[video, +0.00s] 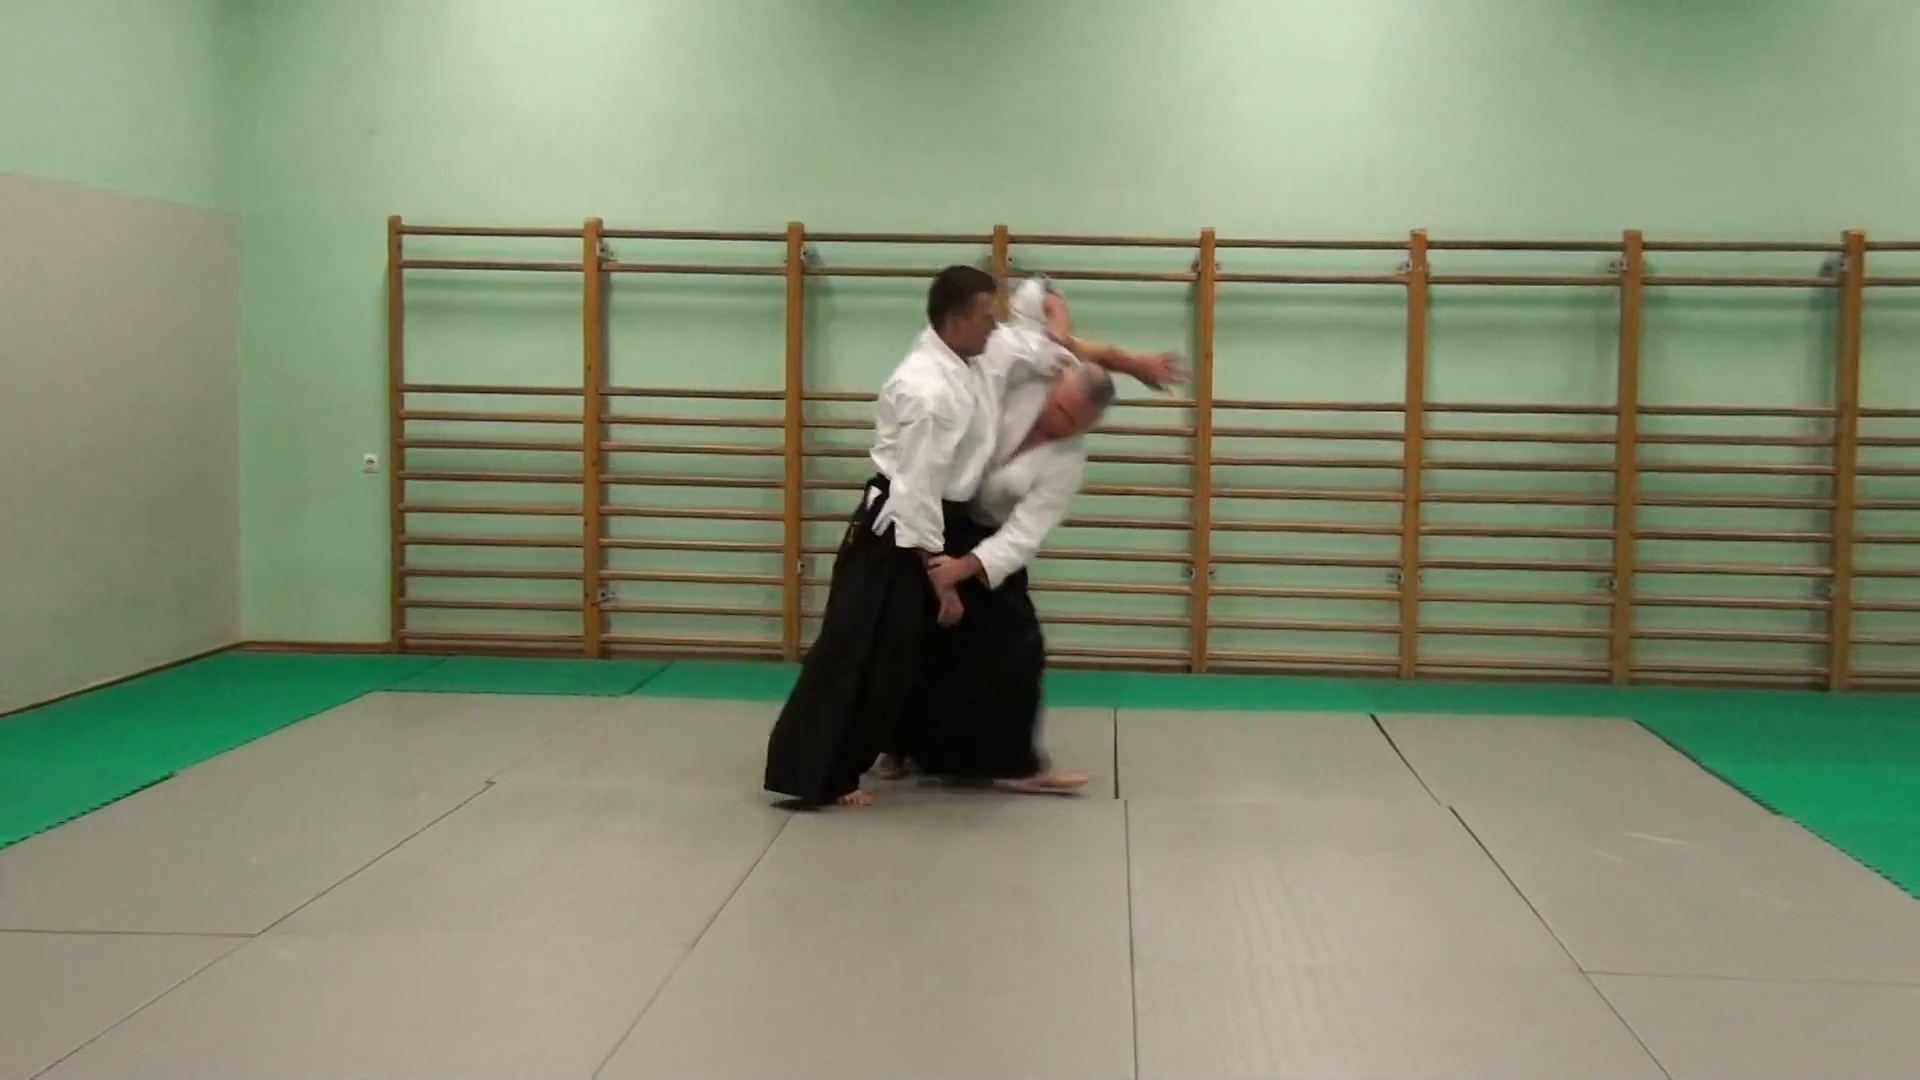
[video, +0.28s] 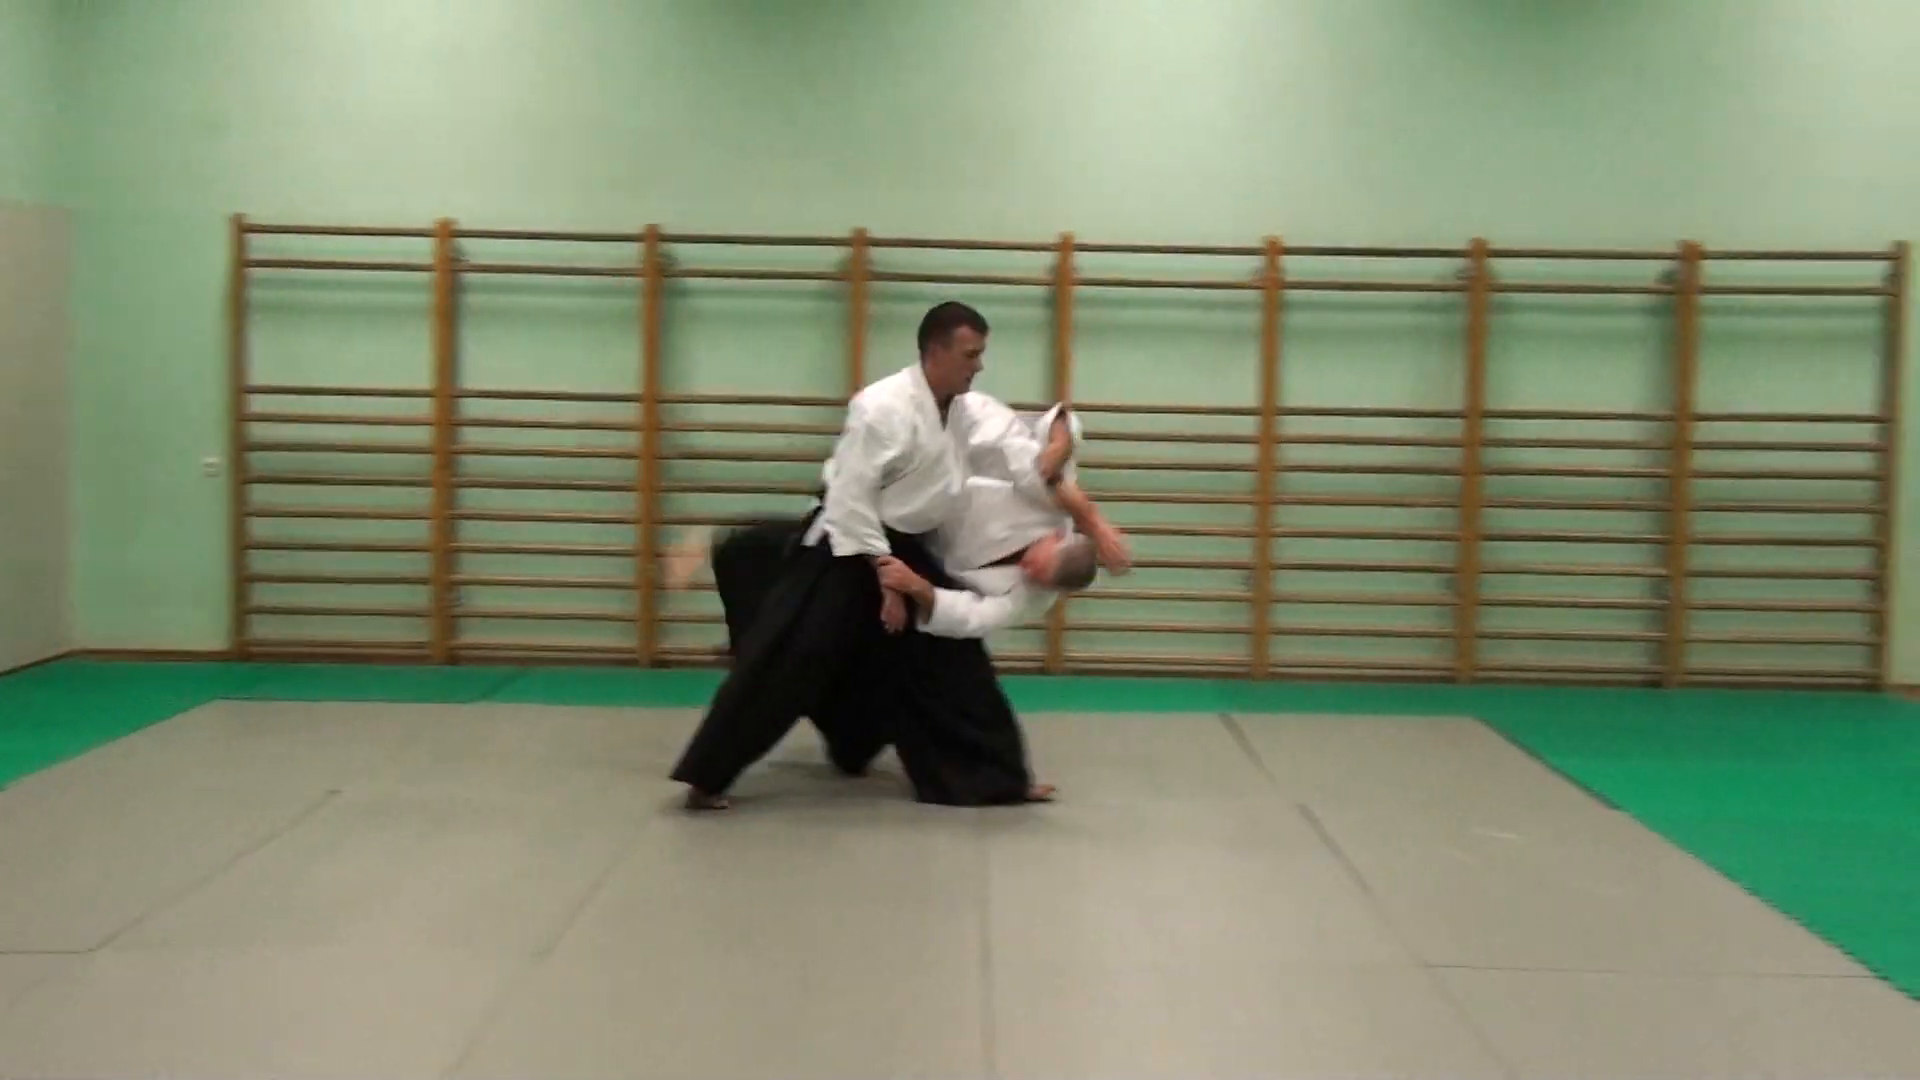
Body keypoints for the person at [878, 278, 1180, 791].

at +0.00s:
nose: (1058, 422)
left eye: (1071, 421)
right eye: (1058, 407)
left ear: (1087, 425)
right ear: (1051, 385)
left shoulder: (1065, 465)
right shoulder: (1019, 378)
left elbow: (1024, 535)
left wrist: (964, 567)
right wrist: (1059, 341)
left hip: (987, 539)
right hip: (935, 513)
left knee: (1019, 645)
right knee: (914, 636)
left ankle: (1013, 761)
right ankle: (900, 745)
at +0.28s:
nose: (977, 367)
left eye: (980, 356)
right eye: (970, 355)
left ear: (957, 358)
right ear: (934, 352)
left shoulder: (965, 409)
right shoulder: (883, 409)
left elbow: (1026, 454)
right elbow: (849, 501)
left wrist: (1092, 519)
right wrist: (885, 576)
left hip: (918, 550)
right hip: (853, 543)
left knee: (960, 661)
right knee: (793, 653)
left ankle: (996, 779)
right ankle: (706, 776)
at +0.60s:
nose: (868, 374)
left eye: (872, 364)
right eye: (861, 362)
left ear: (849, 364)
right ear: (826, 357)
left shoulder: (852, 416)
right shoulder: (772, 412)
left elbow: (900, 471)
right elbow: (761, 509)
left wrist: (961, 535)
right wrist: (795, 582)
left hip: (778, 542)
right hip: (718, 536)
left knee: (821, 657)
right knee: (675, 657)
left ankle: (848, 779)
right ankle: (603, 777)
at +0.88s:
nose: (867, 372)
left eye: (871, 363)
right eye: (860, 361)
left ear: (861, 362)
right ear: (825, 355)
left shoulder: (855, 414)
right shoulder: (784, 416)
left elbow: (902, 474)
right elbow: (782, 513)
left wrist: (959, 542)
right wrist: (810, 587)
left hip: (789, 546)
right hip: (732, 543)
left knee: (857, 647)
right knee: (678, 656)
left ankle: (857, 773)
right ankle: (605, 772)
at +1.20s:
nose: (866, 371)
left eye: (869, 361)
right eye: (858, 361)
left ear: (852, 359)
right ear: (822, 356)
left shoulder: (855, 413)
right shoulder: (788, 421)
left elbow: (904, 473)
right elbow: (813, 512)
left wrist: (960, 542)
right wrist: (862, 571)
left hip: (811, 552)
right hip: (747, 547)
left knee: (866, 651)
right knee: (688, 657)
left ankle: (861, 773)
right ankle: (608, 772)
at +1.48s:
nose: (869, 374)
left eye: (874, 365)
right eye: (862, 363)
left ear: (870, 365)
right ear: (827, 356)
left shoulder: (858, 419)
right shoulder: (787, 418)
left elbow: (905, 483)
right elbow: (803, 508)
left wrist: (961, 552)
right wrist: (853, 574)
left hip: (807, 552)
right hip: (747, 546)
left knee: (866, 648)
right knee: (688, 656)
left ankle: (860, 774)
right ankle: (607, 772)